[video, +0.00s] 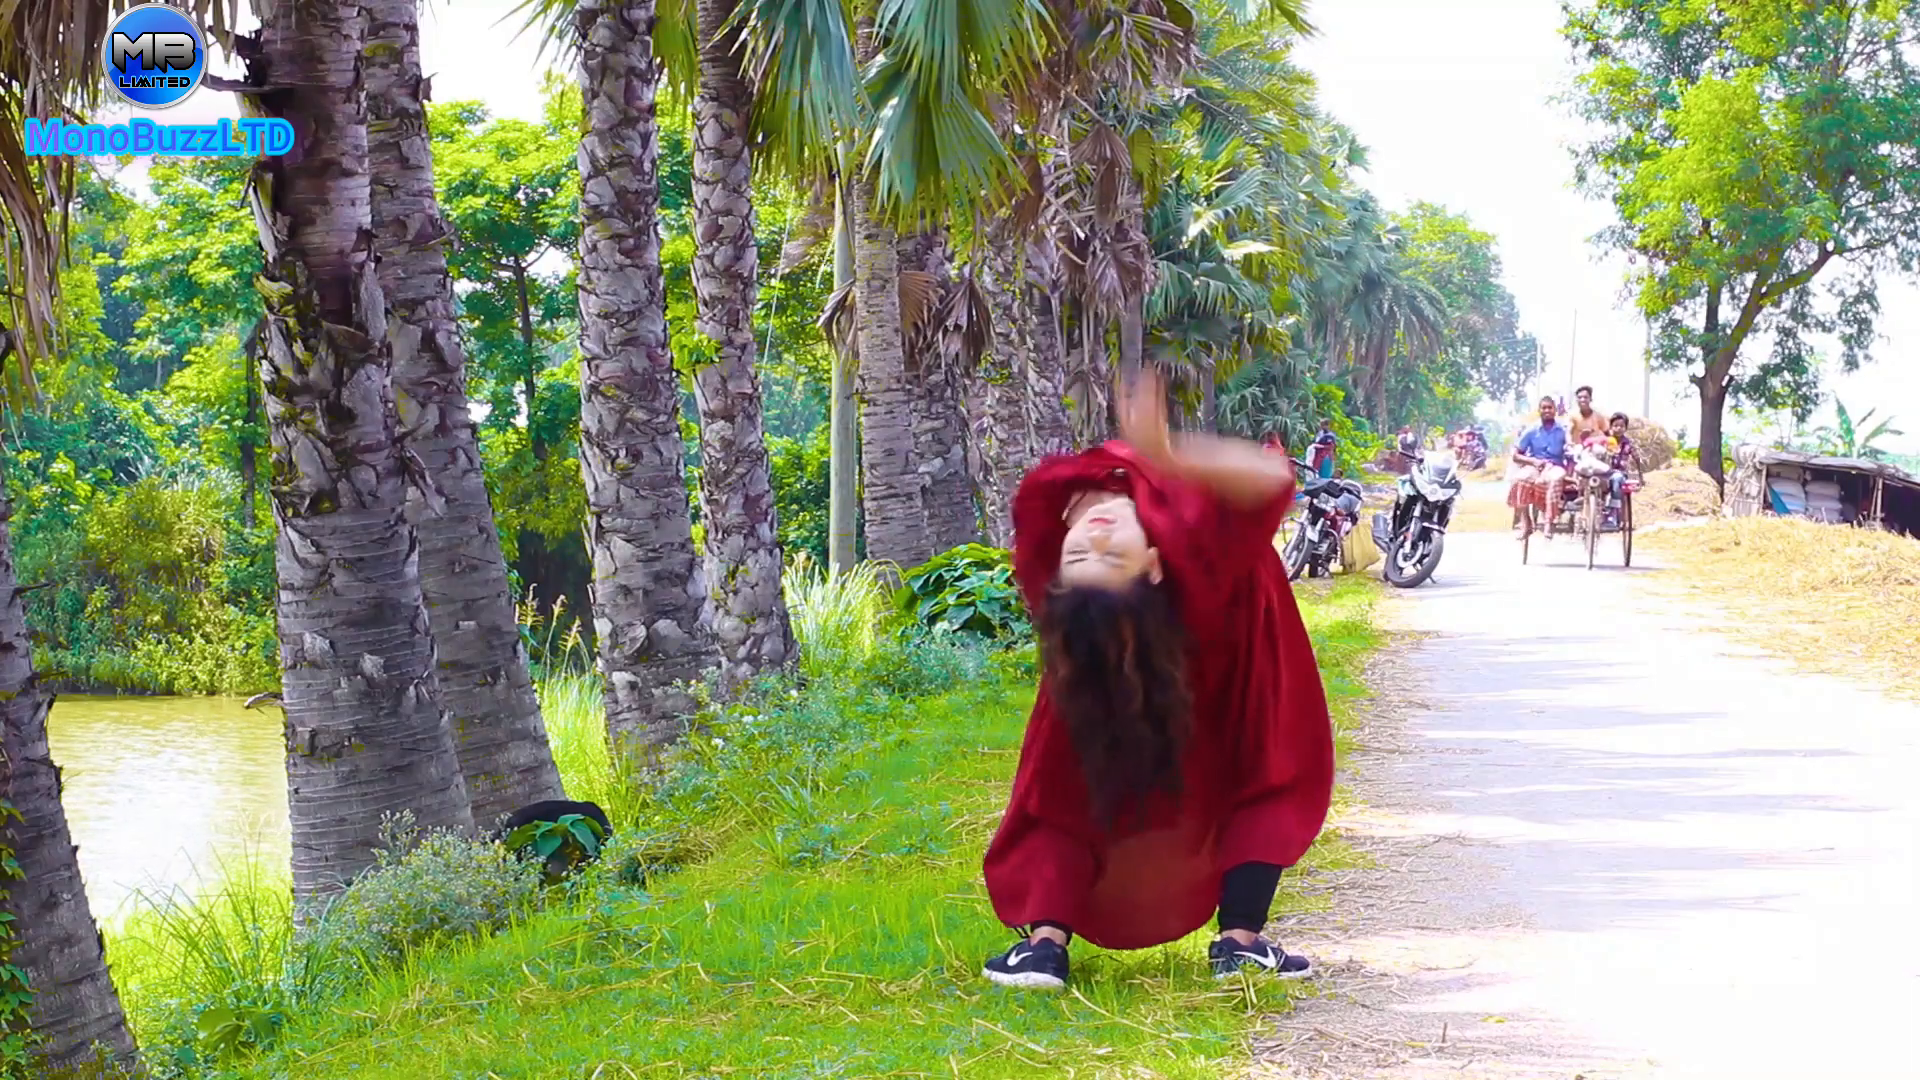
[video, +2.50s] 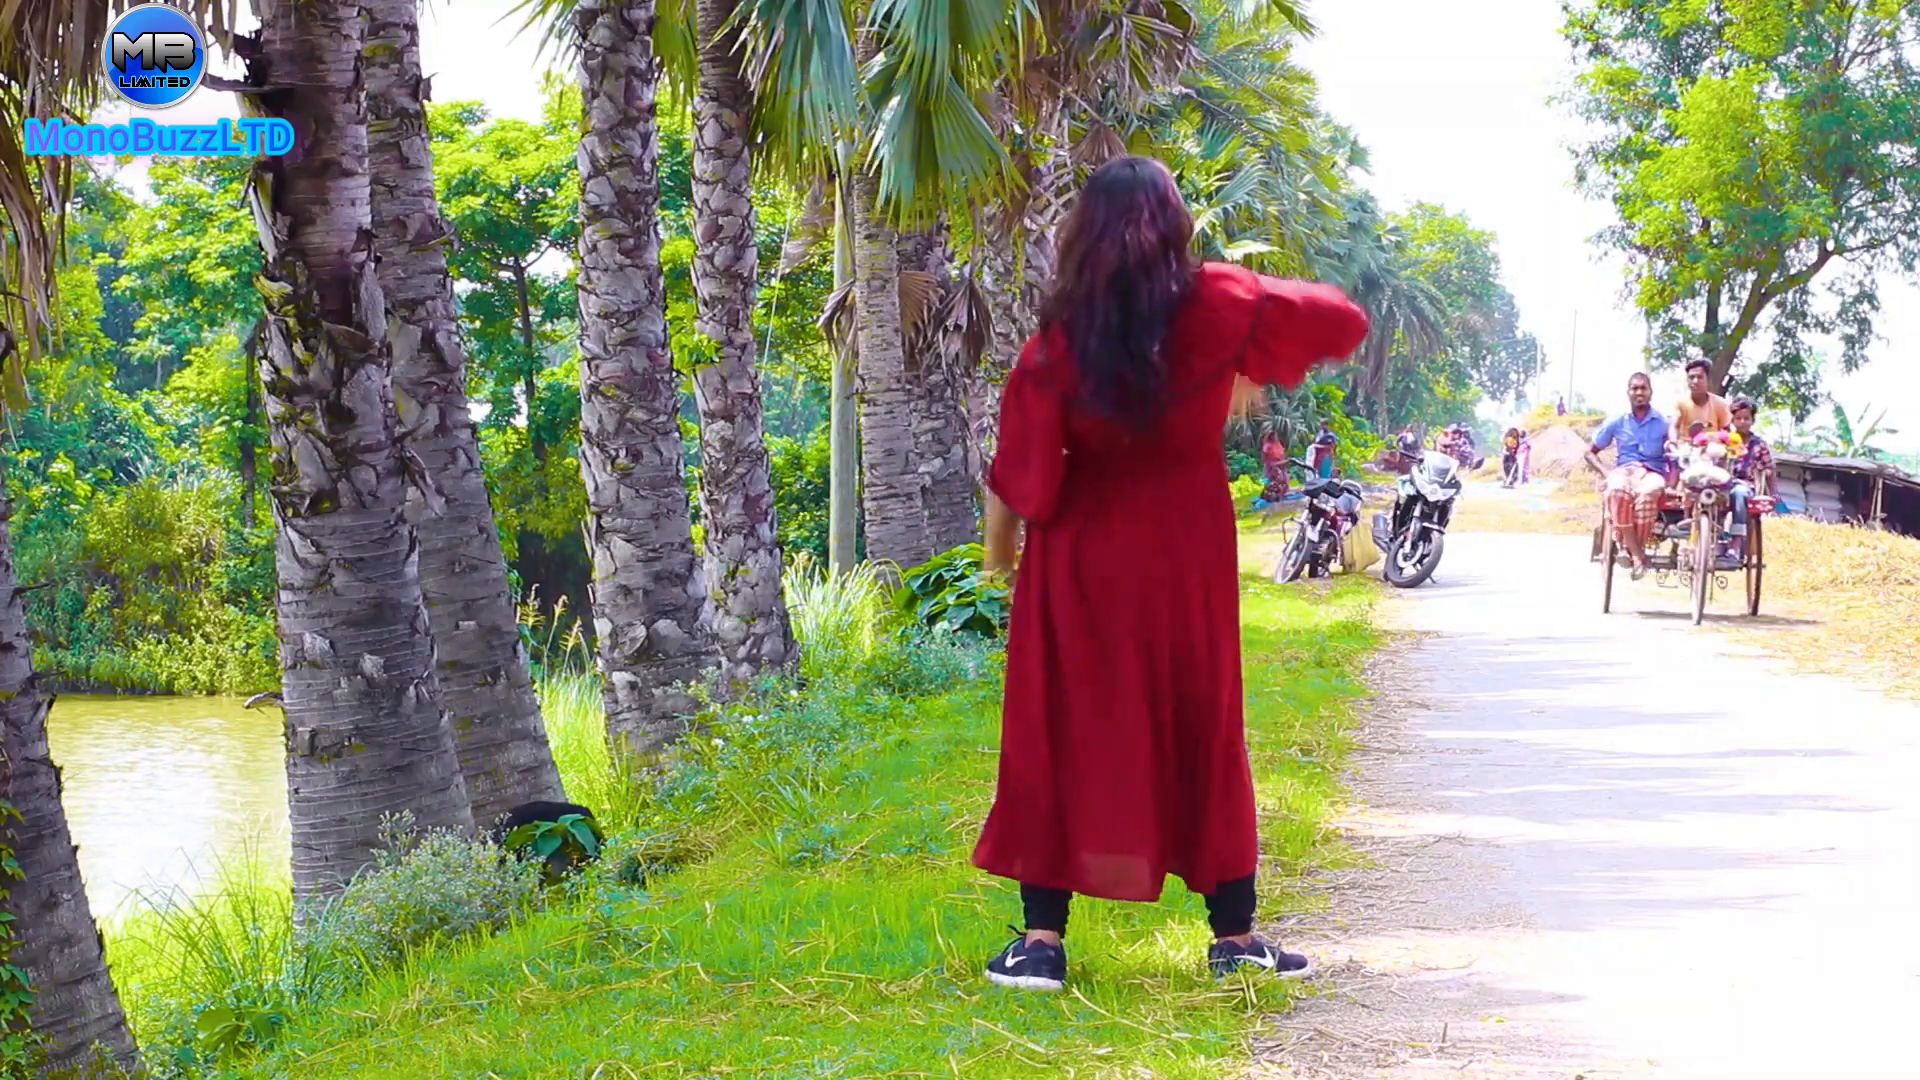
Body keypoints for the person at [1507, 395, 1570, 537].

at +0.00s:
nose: (1547, 411)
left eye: (1550, 407)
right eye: (1543, 408)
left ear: (1555, 410)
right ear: (1539, 411)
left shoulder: (1562, 432)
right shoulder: (1532, 431)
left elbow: (1569, 453)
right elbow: (1516, 455)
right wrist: (1533, 461)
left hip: (1555, 465)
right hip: (1534, 464)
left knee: (1555, 481)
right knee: (1520, 480)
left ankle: (1549, 522)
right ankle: (1524, 522)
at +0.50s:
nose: (1567, 407)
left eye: (1570, 404)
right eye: (1563, 404)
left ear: (1575, 406)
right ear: (1558, 407)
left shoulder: (1583, 429)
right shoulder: (1551, 429)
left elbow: (1589, 452)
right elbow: (1531, 453)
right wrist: (1550, 460)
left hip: (1574, 465)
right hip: (1552, 463)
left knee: (1572, 482)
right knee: (1537, 481)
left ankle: (1567, 527)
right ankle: (1543, 526)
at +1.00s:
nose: (1582, 404)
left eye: (1586, 400)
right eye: (1579, 401)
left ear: (1592, 403)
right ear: (1574, 404)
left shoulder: (1600, 427)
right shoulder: (1567, 427)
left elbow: (1606, 450)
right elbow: (1546, 453)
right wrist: (1560, 461)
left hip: (1591, 466)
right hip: (1568, 465)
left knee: (1590, 483)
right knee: (1555, 480)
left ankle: (1582, 531)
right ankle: (1558, 529)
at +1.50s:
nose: (1598, 401)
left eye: (1601, 397)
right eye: (1594, 397)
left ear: (1607, 400)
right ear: (1588, 400)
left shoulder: (1616, 426)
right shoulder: (1581, 424)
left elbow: (1624, 451)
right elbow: (1553, 450)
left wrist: (1625, 475)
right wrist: (1568, 468)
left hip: (1608, 467)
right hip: (1583, 466)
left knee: (1605, 486)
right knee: (1566, 485)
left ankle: (1599, 538)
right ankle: (1573, 537)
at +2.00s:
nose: (1616, 396)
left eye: (1620, 392)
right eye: (1611, 392)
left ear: (1626, 395)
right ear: (1606, 396)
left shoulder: (1637, 424)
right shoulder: (1598, 422)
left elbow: (1646, 453)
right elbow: (1570, 452)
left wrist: (1646, 481)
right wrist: (1584, 470)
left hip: (1628, 468)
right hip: (1602, 466)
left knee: (1622, 490)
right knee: (1594, 487)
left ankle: (1615, 540)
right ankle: (1610, 536)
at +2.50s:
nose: (1639, 392)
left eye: (1643, 388)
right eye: (1634, 388)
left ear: (1651, 392)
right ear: (1628, 392)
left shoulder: (1662, 423)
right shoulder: (1618, 422)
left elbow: (1673, 458)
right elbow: (1589, 452)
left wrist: (1672, 485)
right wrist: (1605, 472)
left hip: (1653, 470)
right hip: (1624, 468)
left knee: (1648, 495)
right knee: (1617, 493)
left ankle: (1637, 551)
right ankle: (1636, 556)